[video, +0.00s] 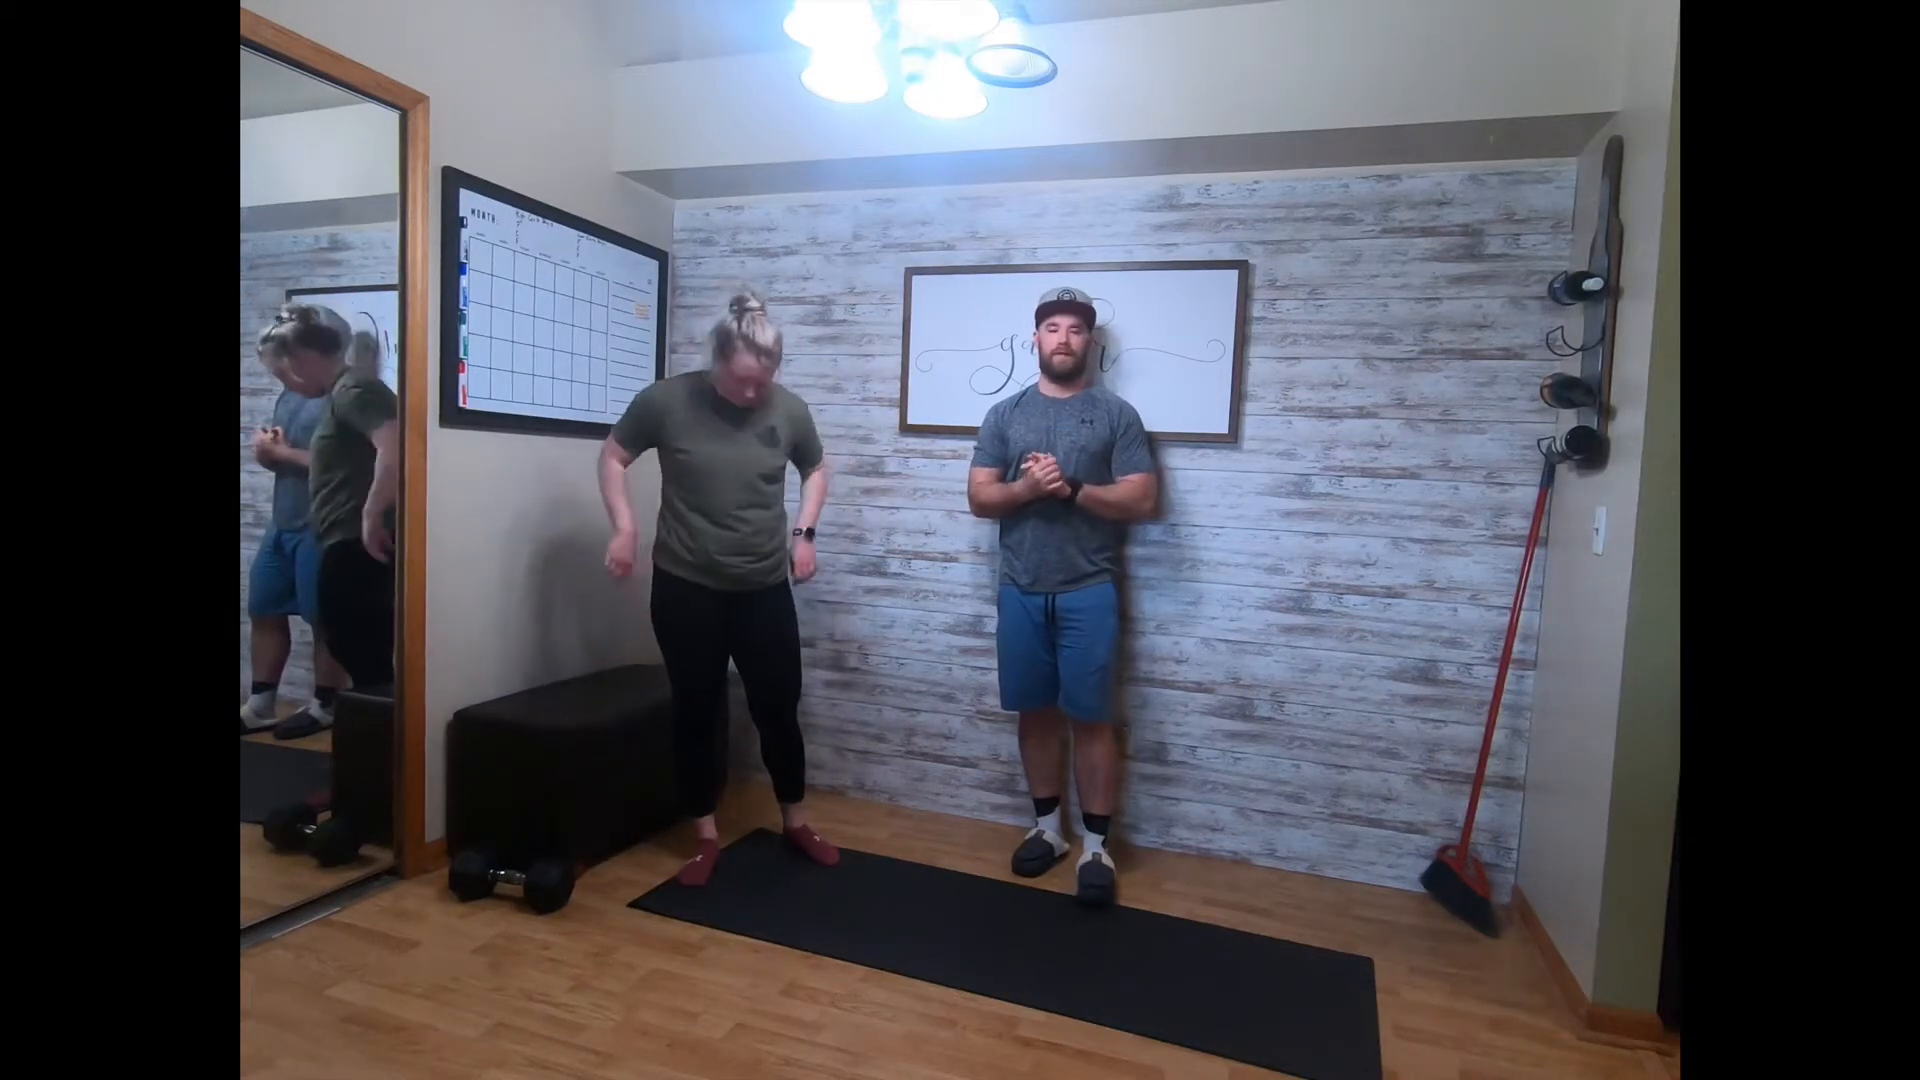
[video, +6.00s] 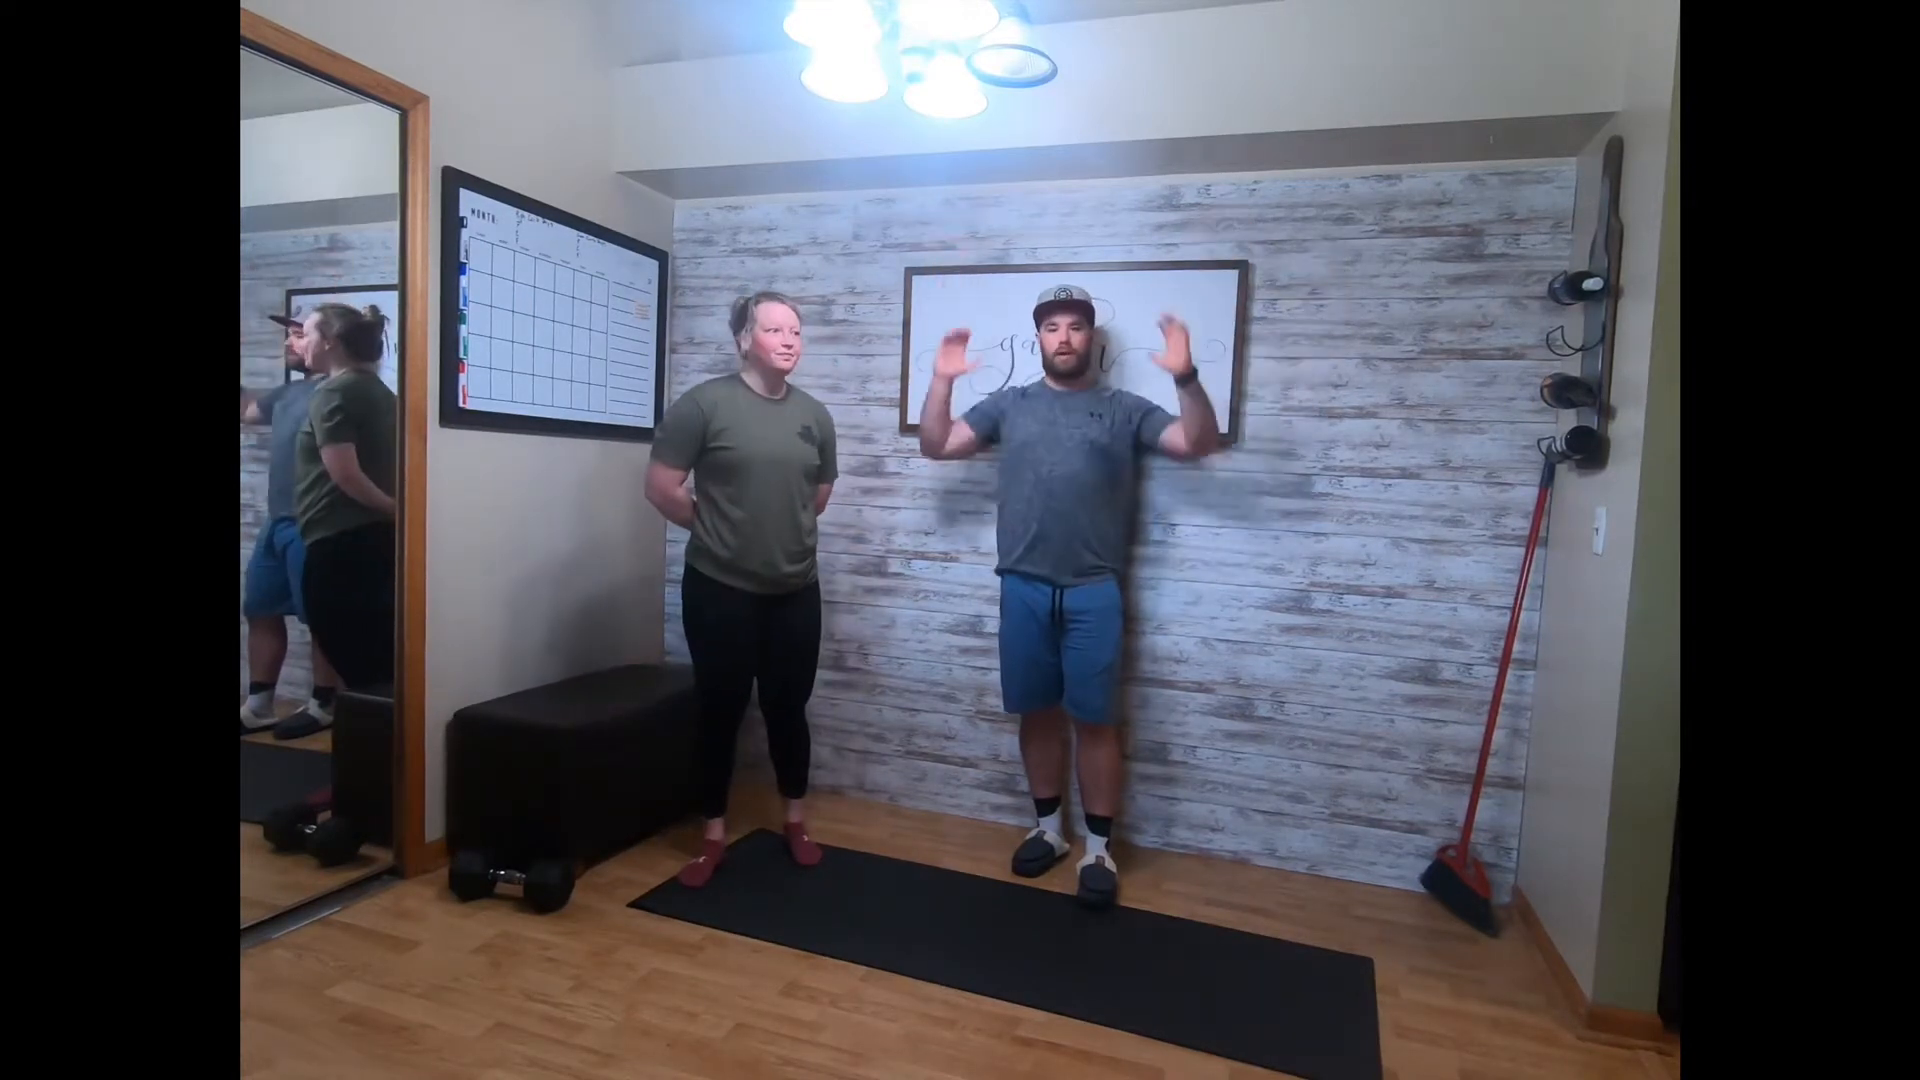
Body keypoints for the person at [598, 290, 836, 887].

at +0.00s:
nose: (751, 392)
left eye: (761, 381)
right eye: (741, 380)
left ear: (775, 367)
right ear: (717, 359)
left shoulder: (788, 410)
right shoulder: (667, 401)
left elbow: (816, 470)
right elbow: (613, 456)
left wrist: (805, 531)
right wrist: (624, 528)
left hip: (764, 587)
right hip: (686, 586)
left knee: (779, 709)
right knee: (696, 713)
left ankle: (797, 824)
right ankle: (707, 838)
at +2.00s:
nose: (733, 343)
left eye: (744, 334)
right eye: (722, 332)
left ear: (757, 345)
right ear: (702, 341)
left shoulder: (785, 417)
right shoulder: (661, 411)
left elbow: (805, 506)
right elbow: (628, 493)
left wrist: (746, 529)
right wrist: (684, 528)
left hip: (763, 593)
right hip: (682, 592)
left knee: (781, 716)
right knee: (696, 719)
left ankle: (799, 825)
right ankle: (707, 838)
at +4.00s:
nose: (798, 357)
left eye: (809, 347)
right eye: (787, 347)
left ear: (823, 352)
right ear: (769, 353)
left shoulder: (851, 420)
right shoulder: (736, 412)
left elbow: (867, 498)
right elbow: (703, 489)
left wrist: (815, 526)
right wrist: (756, 525)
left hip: (825, 591)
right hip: (752, 587)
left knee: (808, 710)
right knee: (734, 709)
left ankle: (798, 824)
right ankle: (711, 835)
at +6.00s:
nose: (790, 340)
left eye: (795, 330)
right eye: (775, 330)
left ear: (801, 342)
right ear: (744, 340)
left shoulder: (814, 417)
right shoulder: (703, 405)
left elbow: (818, 495)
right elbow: (661, 487)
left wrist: (777, 528)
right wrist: (717, 526)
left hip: (793, 589)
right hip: (719, 586)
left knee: (789, 709)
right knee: (718, 711)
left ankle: (795, 821)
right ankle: (713, 835)